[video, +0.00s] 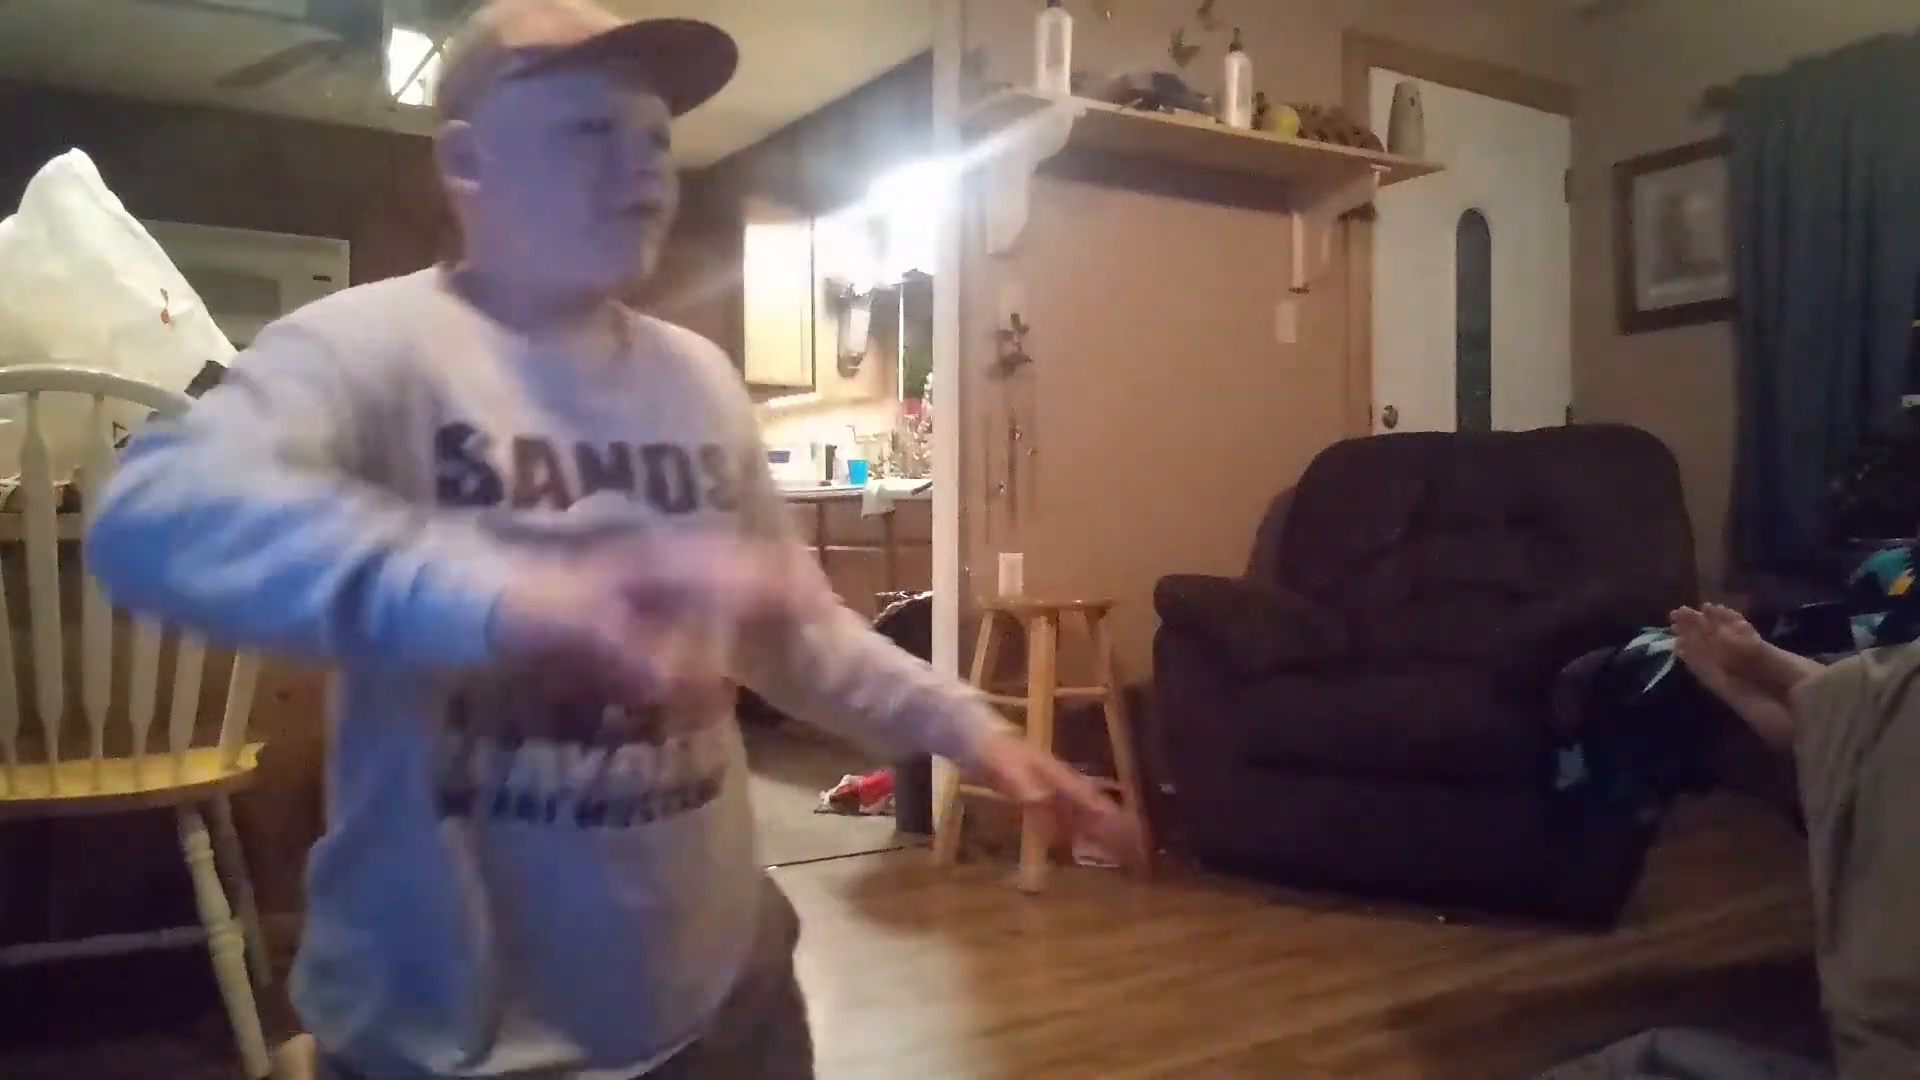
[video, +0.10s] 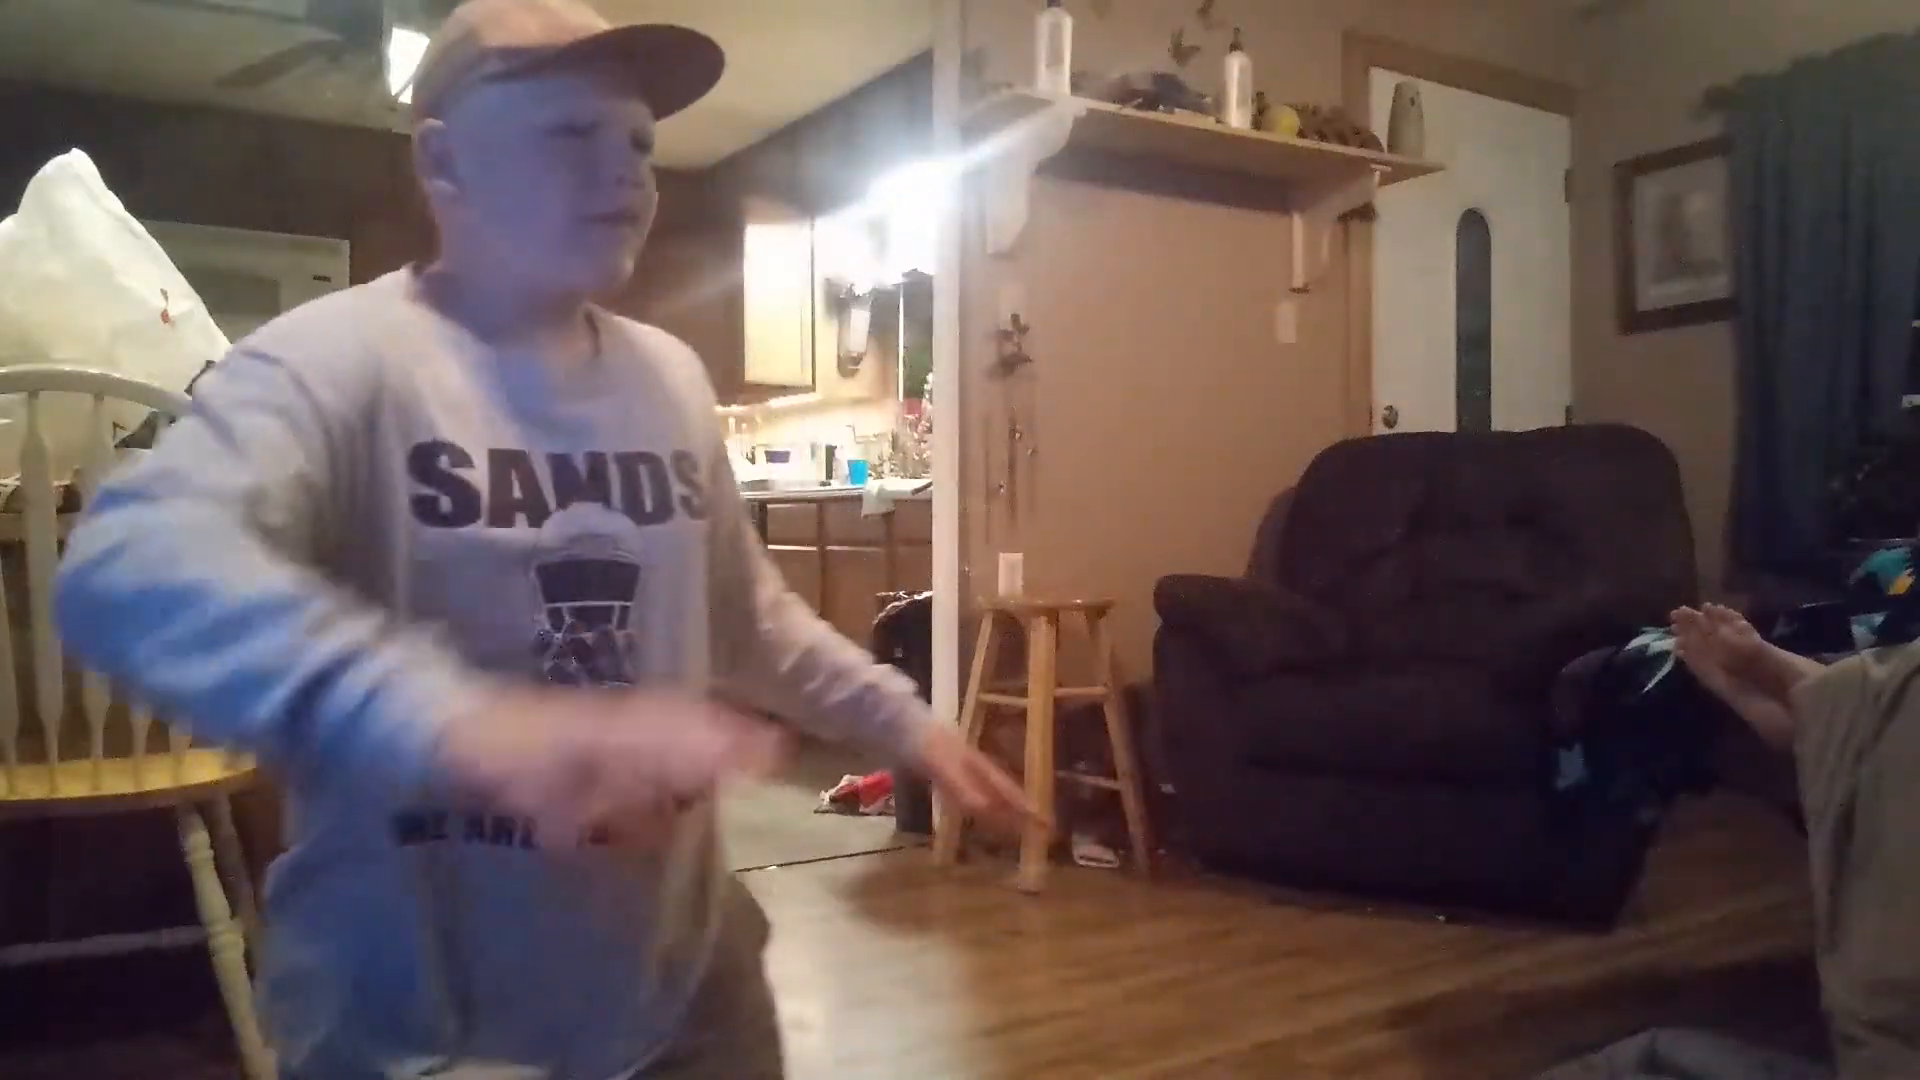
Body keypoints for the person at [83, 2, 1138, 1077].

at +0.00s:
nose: (646, 167)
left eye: (658, 137)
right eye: (591, 132)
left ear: (675, 163)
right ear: (467, 161)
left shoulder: (699, 378)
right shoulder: (369, 344)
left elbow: (781, 620)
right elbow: (155, 511)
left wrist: (960, 725)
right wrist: (508, 600)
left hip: (720, 989)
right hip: (459, 1017)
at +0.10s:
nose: (626, 173)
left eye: (637, 142)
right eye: (570, 134)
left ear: (652, 166)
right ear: (443, 169)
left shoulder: (669, 378)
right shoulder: (331, 360)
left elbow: (746, 615)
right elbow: (132, 560)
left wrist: (915, 731)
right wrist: (464, 725)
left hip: (681, 997)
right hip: (427, 1025)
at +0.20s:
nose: (614, 175)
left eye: (630, 141)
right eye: (555, 131)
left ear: (646, 166)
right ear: (433, 162)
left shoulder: (648, 380)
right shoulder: (323, 356)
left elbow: (709, 644)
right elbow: (108, 588)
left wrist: (886, 757)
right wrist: (370, 813)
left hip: (658, 993)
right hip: (404, 1023)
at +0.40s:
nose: (599, 175)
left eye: (628, 144)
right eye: (543, 137)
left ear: (652, 179)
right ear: (439, 164)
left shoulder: (655, 403)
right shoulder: (338, 347)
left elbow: (682, 700)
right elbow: (95, 558)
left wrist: (819, 838)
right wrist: (231, 811)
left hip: (639, 1010)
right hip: (383, 1018)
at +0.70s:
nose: (671, 189)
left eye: (694, 164)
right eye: (620, 159)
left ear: (722, 199)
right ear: (529, 192)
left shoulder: (717, 413)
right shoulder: (456, 346)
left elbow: (762, 679)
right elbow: (230, 536)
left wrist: (911, 789)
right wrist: (256, 729)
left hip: (673, 990)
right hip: (452, 1000)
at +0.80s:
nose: (695, 192)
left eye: (723, 168)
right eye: (644, 163)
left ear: (752, 205)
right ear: (555, 195)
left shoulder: (735, 413)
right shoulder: (495, 337)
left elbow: (779, 681)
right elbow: (296, 561)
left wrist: (942, 790)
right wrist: (327, 777)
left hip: (692, 986)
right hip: (475, 994)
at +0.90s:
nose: (707, 187)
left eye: (735, 162)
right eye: (660, 157)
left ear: (763, 194)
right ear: (570, 184)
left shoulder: (746, 407)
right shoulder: (499, 339)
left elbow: (786, 675)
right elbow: (356, 604)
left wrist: (926, 810)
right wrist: (416, 814)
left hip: (707, 972)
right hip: (505, 976)